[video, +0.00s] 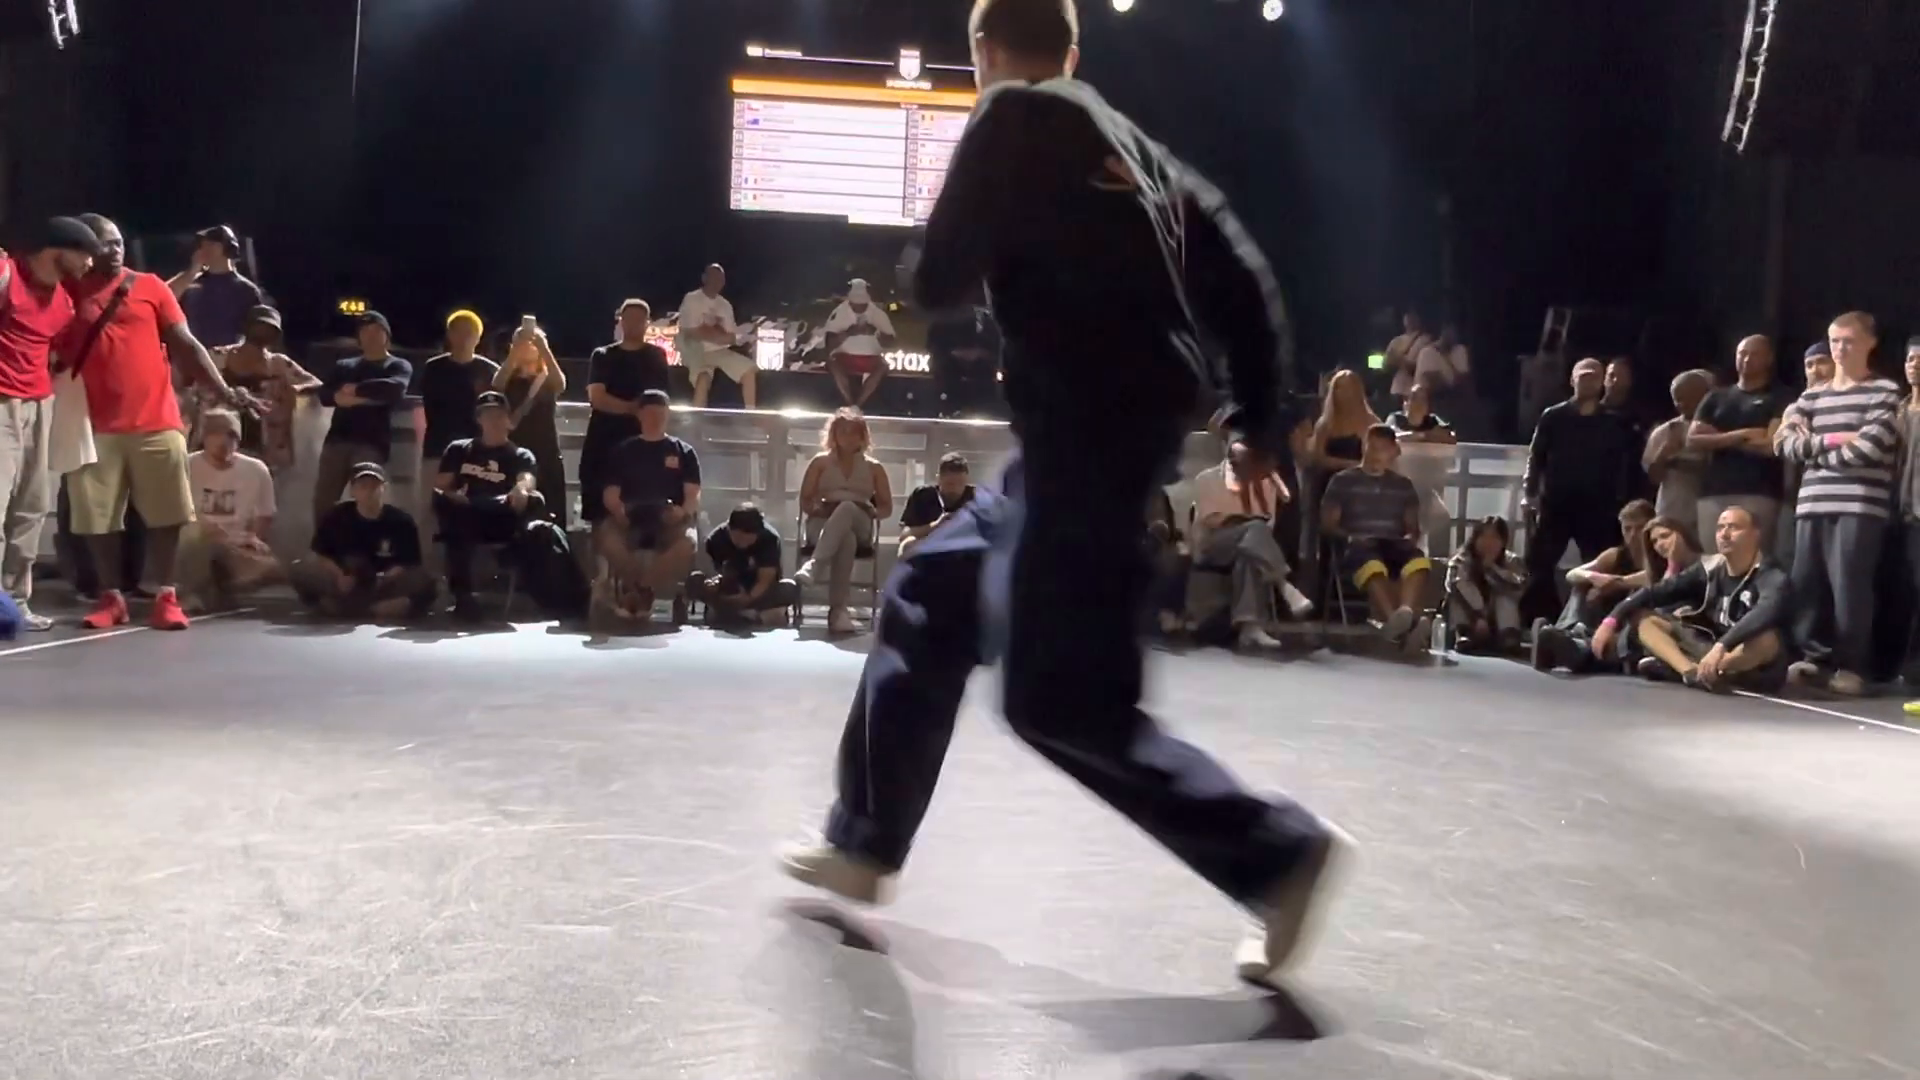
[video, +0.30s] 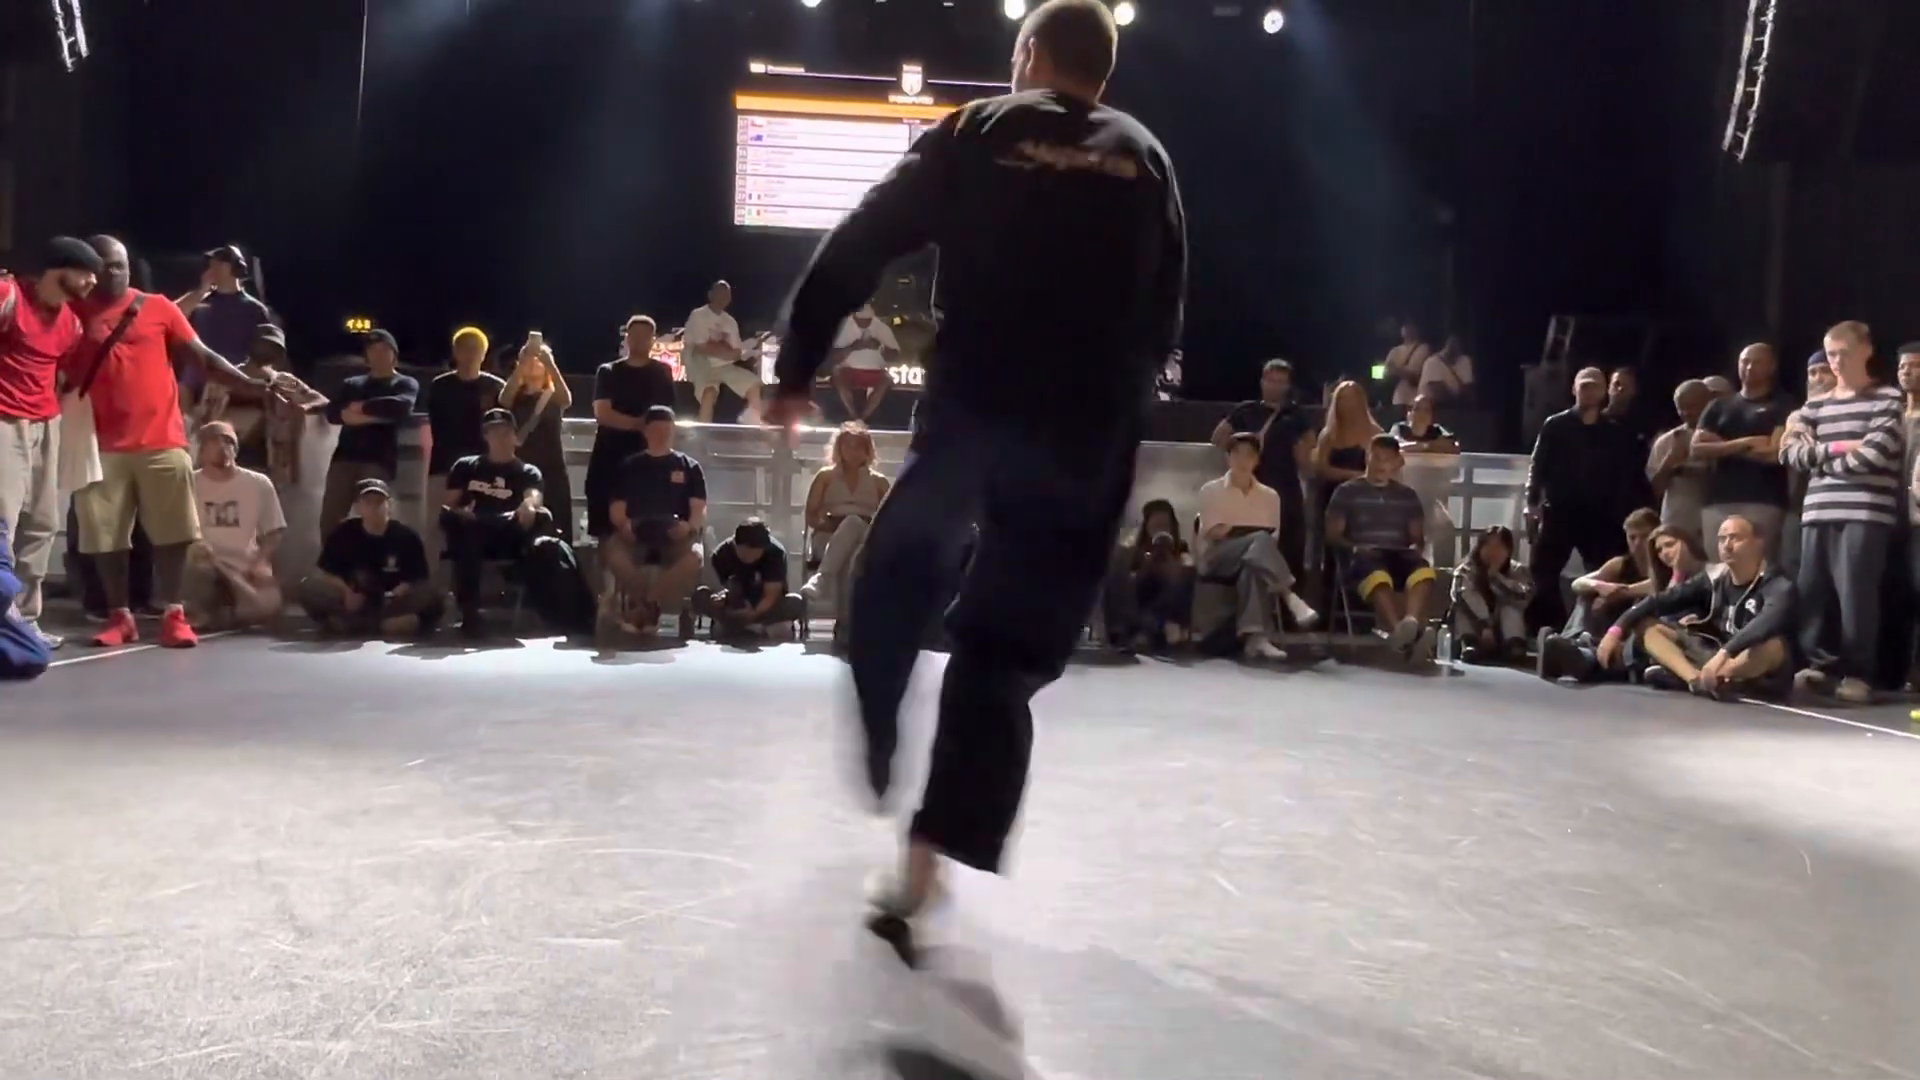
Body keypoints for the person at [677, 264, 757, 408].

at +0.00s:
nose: (717, 282)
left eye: (720, 278)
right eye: (713, 277)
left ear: (723, 282)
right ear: (704, 278)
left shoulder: (725, 305)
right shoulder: (691, 299)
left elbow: (732, 336)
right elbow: (689, 332)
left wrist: (712, 330)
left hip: (720, 350)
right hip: (697, 350)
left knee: (748, 371)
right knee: (703, 379)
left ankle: (751, 416)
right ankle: (696, 420)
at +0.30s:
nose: (724, 297)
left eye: (727, 294)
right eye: (720, 293)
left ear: (730, 298)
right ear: (711, 295)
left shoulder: (730, 321)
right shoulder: (698, 315)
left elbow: (737, 353)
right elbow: (700, 347)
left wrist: (713, 346)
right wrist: (727, 349)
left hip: (725, 366)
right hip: (703, 365)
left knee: (754, 386)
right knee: (709, 394)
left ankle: (754, 427)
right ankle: (703, 434)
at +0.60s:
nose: (725, 298)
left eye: (727, 295)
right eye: (721, 293)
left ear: (730, 300)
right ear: (711, 296)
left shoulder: (731, 323)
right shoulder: (698, 316)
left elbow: (737, 356)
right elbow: (699, 348)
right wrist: (725, 347)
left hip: (725, 367)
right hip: (702, 366)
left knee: (754, 386)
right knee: (710, 394)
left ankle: (756, 432)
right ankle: (704, 437)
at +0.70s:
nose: (725, 299)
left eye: (727, 296)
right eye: (721, 295)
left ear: (730, 300)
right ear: (712, 297)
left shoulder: (731, 324)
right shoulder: (698, 317)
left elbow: (738, 356)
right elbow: (701, 349)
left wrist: (709, 351)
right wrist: (726, 347)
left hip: (725, 367)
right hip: (703, 366)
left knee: (754, 386)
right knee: (711, 395)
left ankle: (756, 432)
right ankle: (705, 437)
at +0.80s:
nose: (725, 300)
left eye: (728, 297)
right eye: (722, 296)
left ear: (731, 301)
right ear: (713, 298)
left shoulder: (732, 325)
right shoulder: (699, 318)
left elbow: (739, 357)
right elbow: (700, 349)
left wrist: (710, 352)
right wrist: (725, 348)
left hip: (726, 368)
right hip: (703, 367)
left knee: (755, 387)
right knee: (712, 396)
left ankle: (757, 432)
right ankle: (706, 437)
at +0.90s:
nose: (727, 301)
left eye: (729, 298)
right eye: (723, 296)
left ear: (732, 302)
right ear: (713, 299)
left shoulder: (733, 326)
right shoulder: (700, 319)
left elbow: (740, 358)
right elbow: (701, 351)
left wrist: (710, 353)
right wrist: (726, 348)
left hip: (728, 369)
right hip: (705, 368)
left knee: (757, 388)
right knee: (713, 397)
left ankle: (759, 433)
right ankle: (707, 439)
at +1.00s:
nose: (727, 299)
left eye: (730, 296)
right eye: (723, 295)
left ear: (732, 301)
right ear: (714, 297)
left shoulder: (733, 325)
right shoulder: (700, 318)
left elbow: (740, 357)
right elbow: (700, 350)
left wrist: (710, 352)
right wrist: (725, 347)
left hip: (727, 368)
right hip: (704, 367)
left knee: (757, 387)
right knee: (714, 395)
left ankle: (759, 432)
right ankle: (706, 437)